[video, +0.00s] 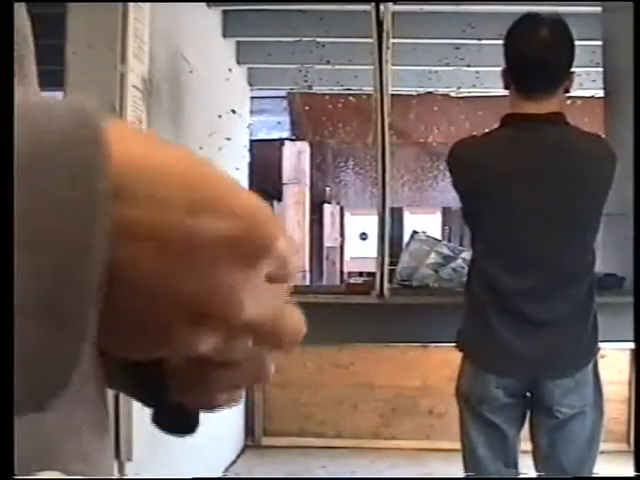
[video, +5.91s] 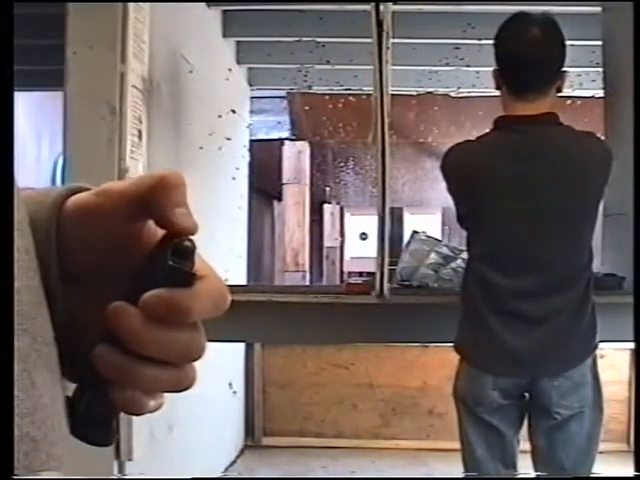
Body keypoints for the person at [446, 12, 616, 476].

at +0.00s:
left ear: (505, 79)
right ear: (569, 81)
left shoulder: (467, 157)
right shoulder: (599, 157)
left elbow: (487, 223)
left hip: (490, 357)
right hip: (568, 360)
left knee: (489, 472)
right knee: (568, 472)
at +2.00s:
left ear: (504, 79)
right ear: (570, 81)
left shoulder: (467, 160)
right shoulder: (600, 156)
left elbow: (482, 220)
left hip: (493, 357)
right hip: (570, 358)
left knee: (491, 471)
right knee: (571, 472)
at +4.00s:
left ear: (500, 79)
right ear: (565, 80)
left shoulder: (465, 160)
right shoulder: (596, 155)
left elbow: (481, 220)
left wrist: (530, 122)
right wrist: (550, 115)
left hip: (490, 357)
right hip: (568, 359)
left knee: (489, 472)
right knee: (568, 472)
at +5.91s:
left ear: (497, 79)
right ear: (562, 80)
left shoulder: (461, 161)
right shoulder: (594, 155)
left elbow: (475, 221)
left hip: (488, 359)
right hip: (567, 360)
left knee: (487, 472)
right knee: (568, 472)